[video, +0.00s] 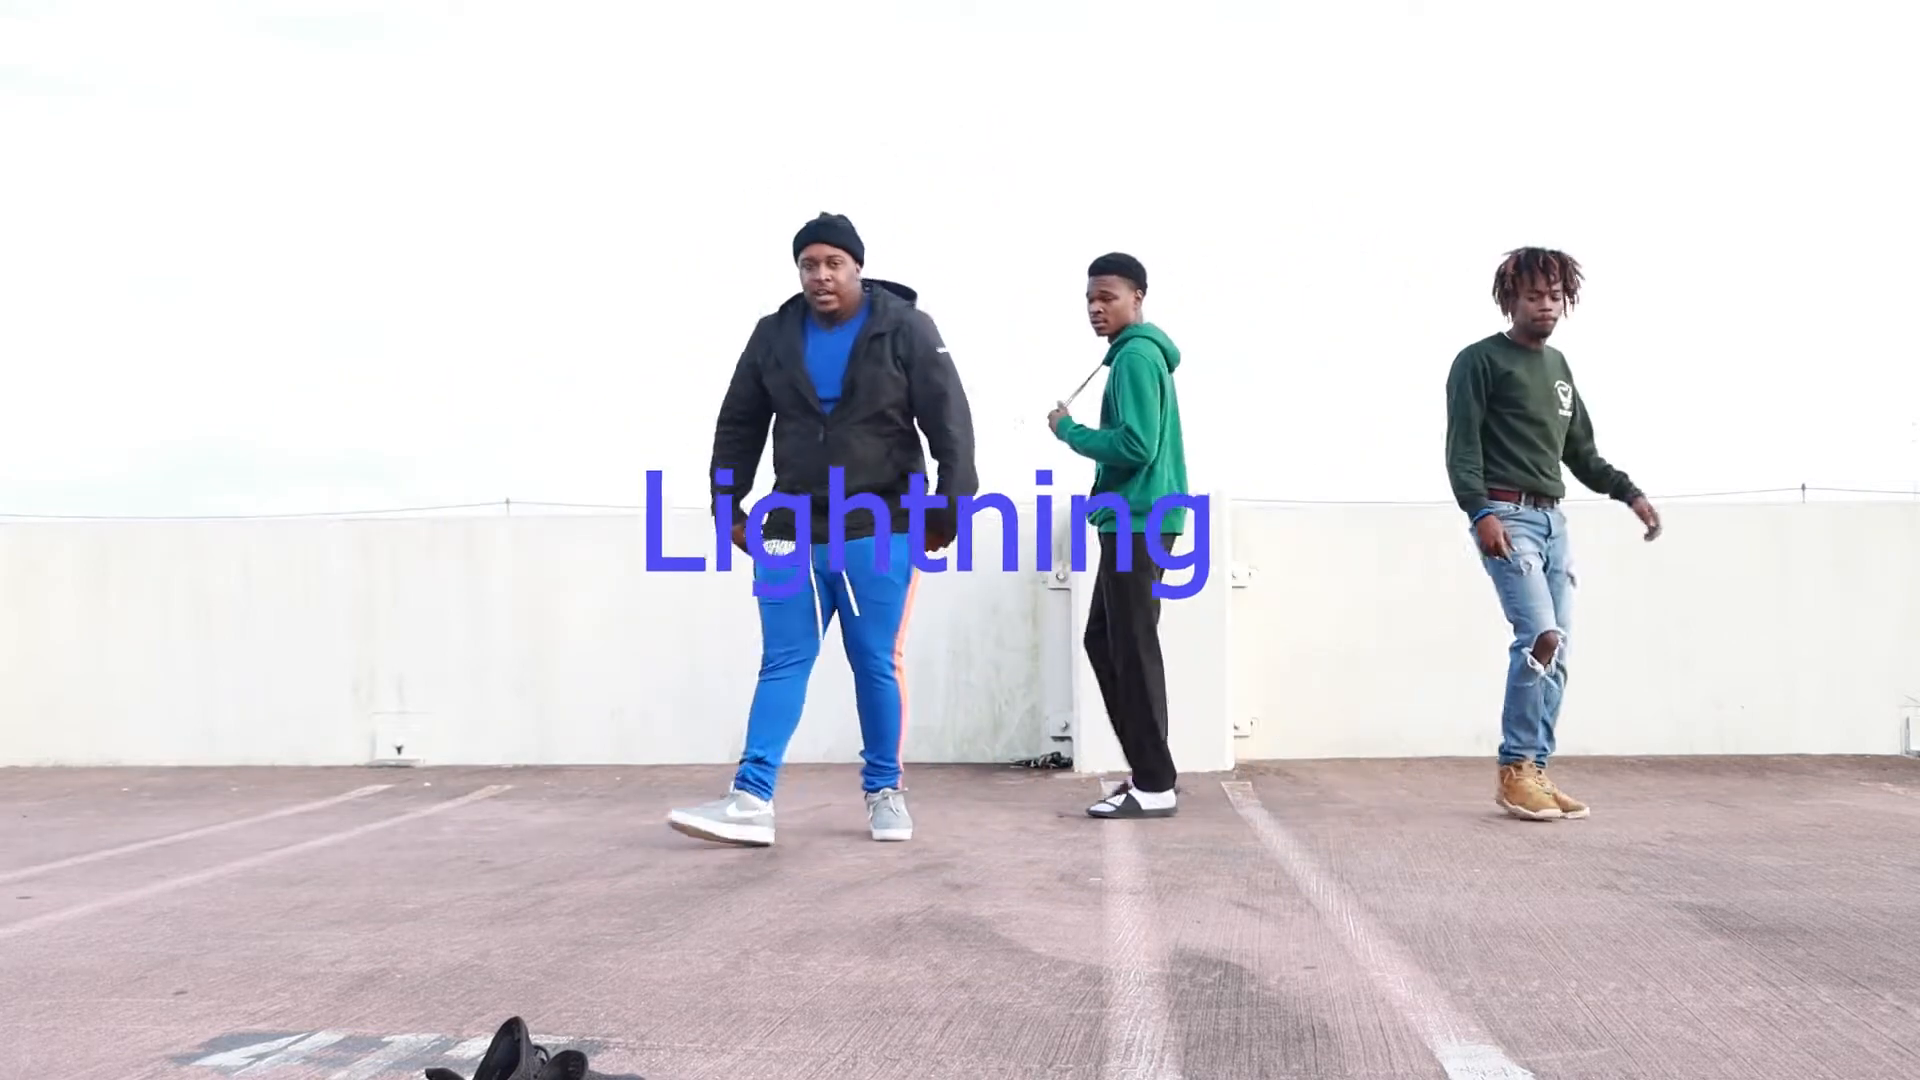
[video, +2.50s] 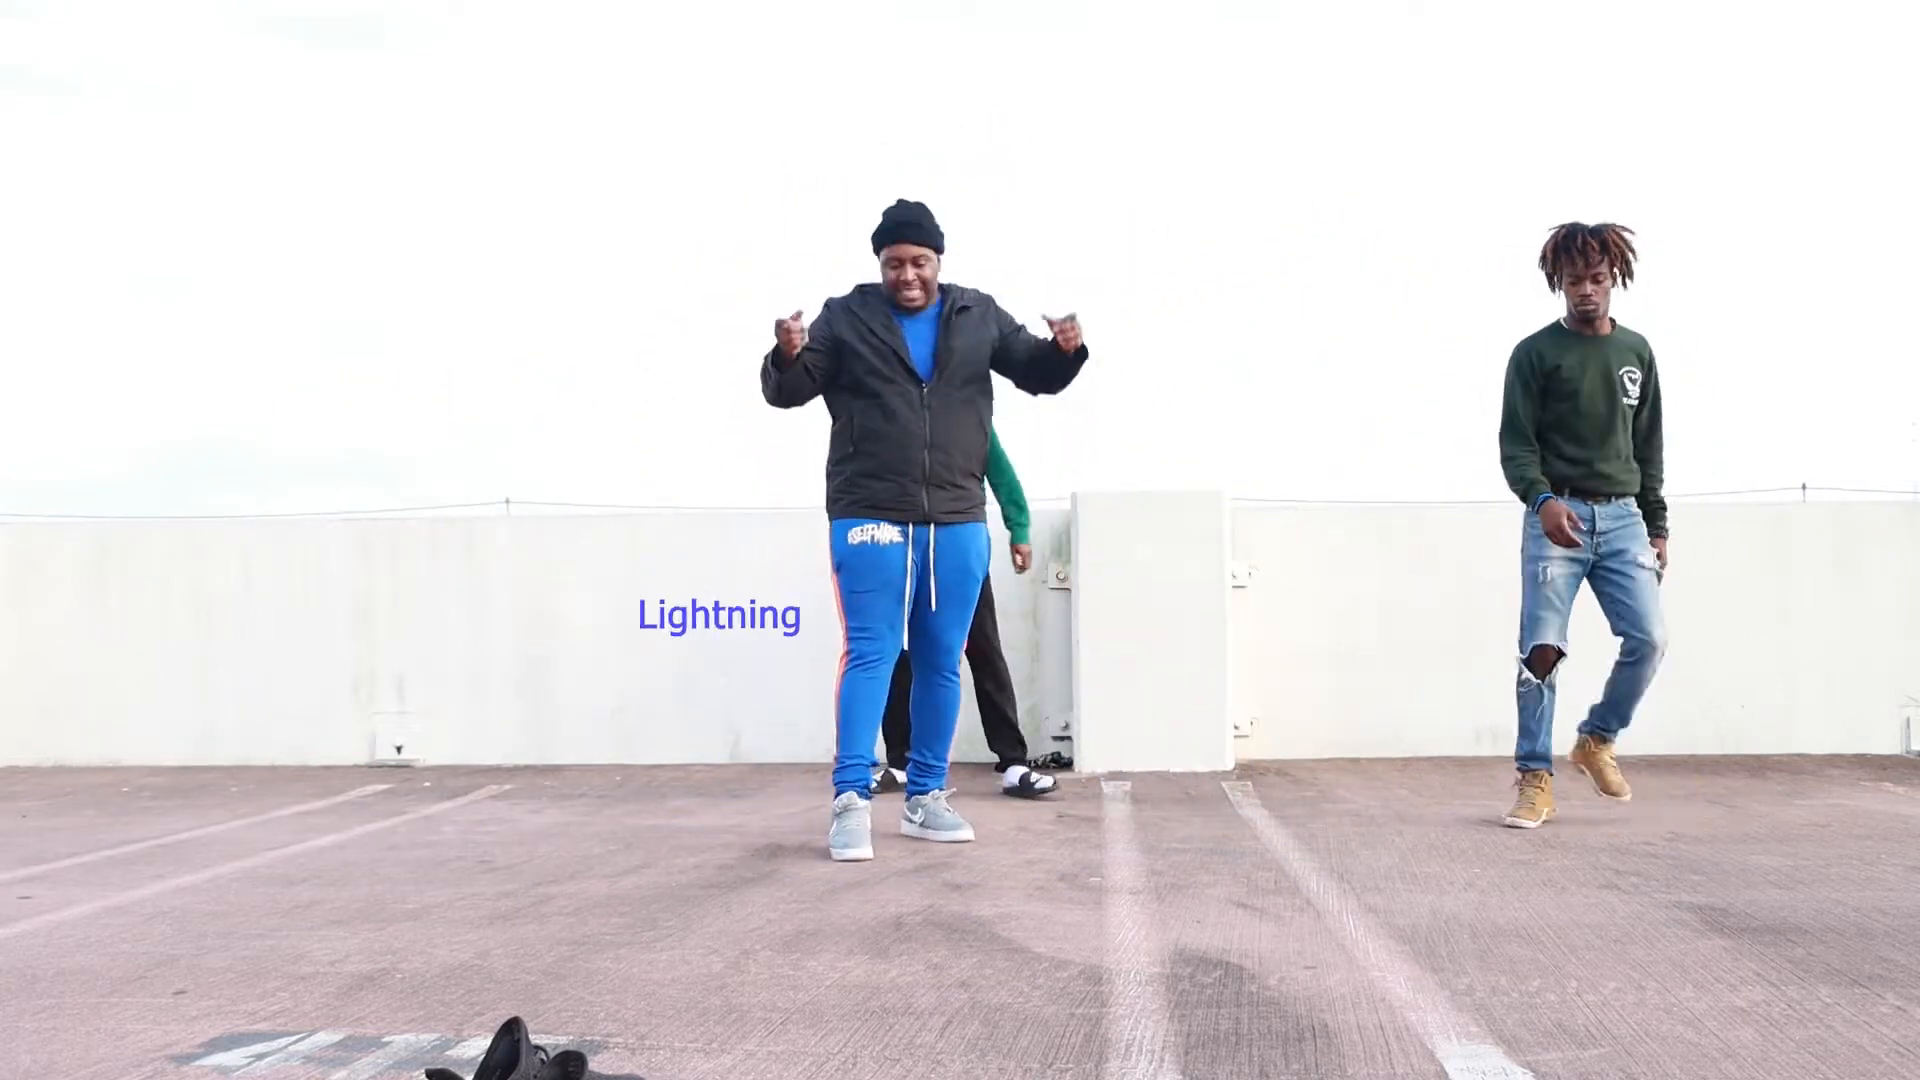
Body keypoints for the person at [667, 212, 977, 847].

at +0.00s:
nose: (820, 277)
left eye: (833, 264)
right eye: (809, 266)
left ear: (859, 267)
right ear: (799, 274)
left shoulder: (904, 328)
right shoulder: (774, 334)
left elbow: (950, 417)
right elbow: (739, 422)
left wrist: (953, 503)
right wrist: (727, 501)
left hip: (879, 521)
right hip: (792, 524)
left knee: (875, 661)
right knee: (782, 660)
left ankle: (884, 791)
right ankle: (752, 797)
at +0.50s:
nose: (921, 326)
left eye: (932, 314)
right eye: (909, 311)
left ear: (942, 311)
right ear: (880, 300)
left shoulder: (955, 360)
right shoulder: (826, 344)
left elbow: (973, 458)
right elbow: (766, 428)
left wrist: (983, 549)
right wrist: (753, 521)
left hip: (902, 521)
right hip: (820, 521)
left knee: (887, 648)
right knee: (832, 659)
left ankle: (887, 789)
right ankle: (850, 782)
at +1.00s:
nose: (884, 299)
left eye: (895, 288)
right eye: (873, 288)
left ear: (911, 285)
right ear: (852, 285)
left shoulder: (944, 335)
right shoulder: (814, 335)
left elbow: (1017, 378)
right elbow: (751, 374)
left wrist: (1095, 415)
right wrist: (689, 413)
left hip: (914, 524)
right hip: (831, 528)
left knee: (917, 642)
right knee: (846, 659)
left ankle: (919, 782)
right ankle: (853, 785)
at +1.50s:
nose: (926, 268)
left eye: (937, 260)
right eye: (914, 257)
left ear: (949, 269)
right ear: (891, 261)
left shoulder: (977, 322)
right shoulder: (845, 312)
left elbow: (1053, 338)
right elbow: (773, 330)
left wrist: (1143, 348)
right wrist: (697, 340)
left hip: (942, 510)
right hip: (853, 506)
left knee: (929, 654)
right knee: (848, 644)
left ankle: (924, 796)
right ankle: (859, 756)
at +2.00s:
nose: (897, 243)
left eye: (904, 235)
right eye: (881, 235)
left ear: (915, 250)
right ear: (852, 254)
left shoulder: (954, 305)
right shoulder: (825, 308)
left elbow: (1035, 305)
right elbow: (758, 337)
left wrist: (1111, 263)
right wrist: (760, 262)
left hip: (940, 506)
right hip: (853, 506)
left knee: (934, 657)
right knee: (864, 653)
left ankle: (925, 797)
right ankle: (852, 804)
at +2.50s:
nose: (907, 274)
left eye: (919, 262)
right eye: (894, 263)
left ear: (940, 260)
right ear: (878, 263)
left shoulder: (977, 315)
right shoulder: (846, 317)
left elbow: (1040, 375)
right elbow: (786, 393)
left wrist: (1067, 351)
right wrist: (787, 356)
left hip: (956, 510)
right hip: (869, 509)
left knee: (942, 661)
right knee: (871, 653)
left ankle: (926, 797)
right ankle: (853, 799)